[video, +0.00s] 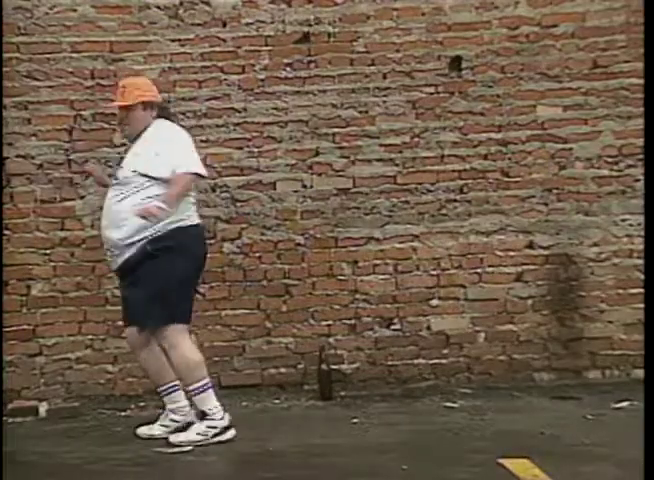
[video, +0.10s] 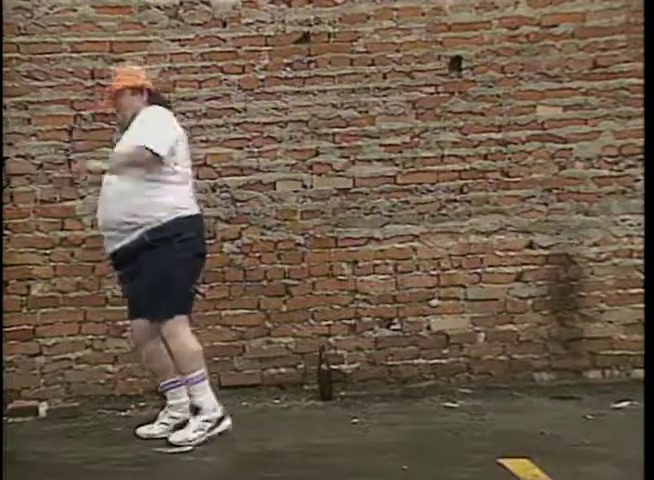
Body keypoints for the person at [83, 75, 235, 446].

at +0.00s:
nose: (120, 118)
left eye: (125, 110)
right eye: (119, 111)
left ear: (146, 108)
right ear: (134, 111)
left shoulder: (166, 133)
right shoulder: (140, 145)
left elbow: (187, 175)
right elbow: (139, 193)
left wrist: (165, 205)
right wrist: (108, 181)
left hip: (170, 243)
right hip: (141, 251)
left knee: (171, 331)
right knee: (139, 336)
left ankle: (214, 417)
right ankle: (179, 413)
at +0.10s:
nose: (112, 105)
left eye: (118, 97)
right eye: (111, 99)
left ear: (141, 94)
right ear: (123, 101)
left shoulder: (156, 117)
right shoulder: (127, 137)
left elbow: (147, 154)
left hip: (169, 235)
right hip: (137, 245)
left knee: (173, 325)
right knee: (143, 332)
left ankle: (209, 410)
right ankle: (179, 407)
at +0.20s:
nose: (105, 96)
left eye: (110, 88)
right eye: (105, 91)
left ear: (131, 84)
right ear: (122, 90)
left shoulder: (149, 106)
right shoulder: (126, 119)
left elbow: (106, 132)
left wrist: (68, 152)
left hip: (169, 222)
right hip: (140, 230)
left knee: (156, 313)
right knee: (149, 318)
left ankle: (195, 395)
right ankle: (171, 398)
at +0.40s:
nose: (102, 127)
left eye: (105, 121)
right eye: (102, 121)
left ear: (119, 117)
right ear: (133, 116)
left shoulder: (130, 137)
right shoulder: (146, 140)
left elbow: (85, 167)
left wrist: (66, 192)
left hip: (162, 256)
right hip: (142, 258)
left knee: (142, 338)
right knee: (142, 337)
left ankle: (183, 419)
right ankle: (167, 411)